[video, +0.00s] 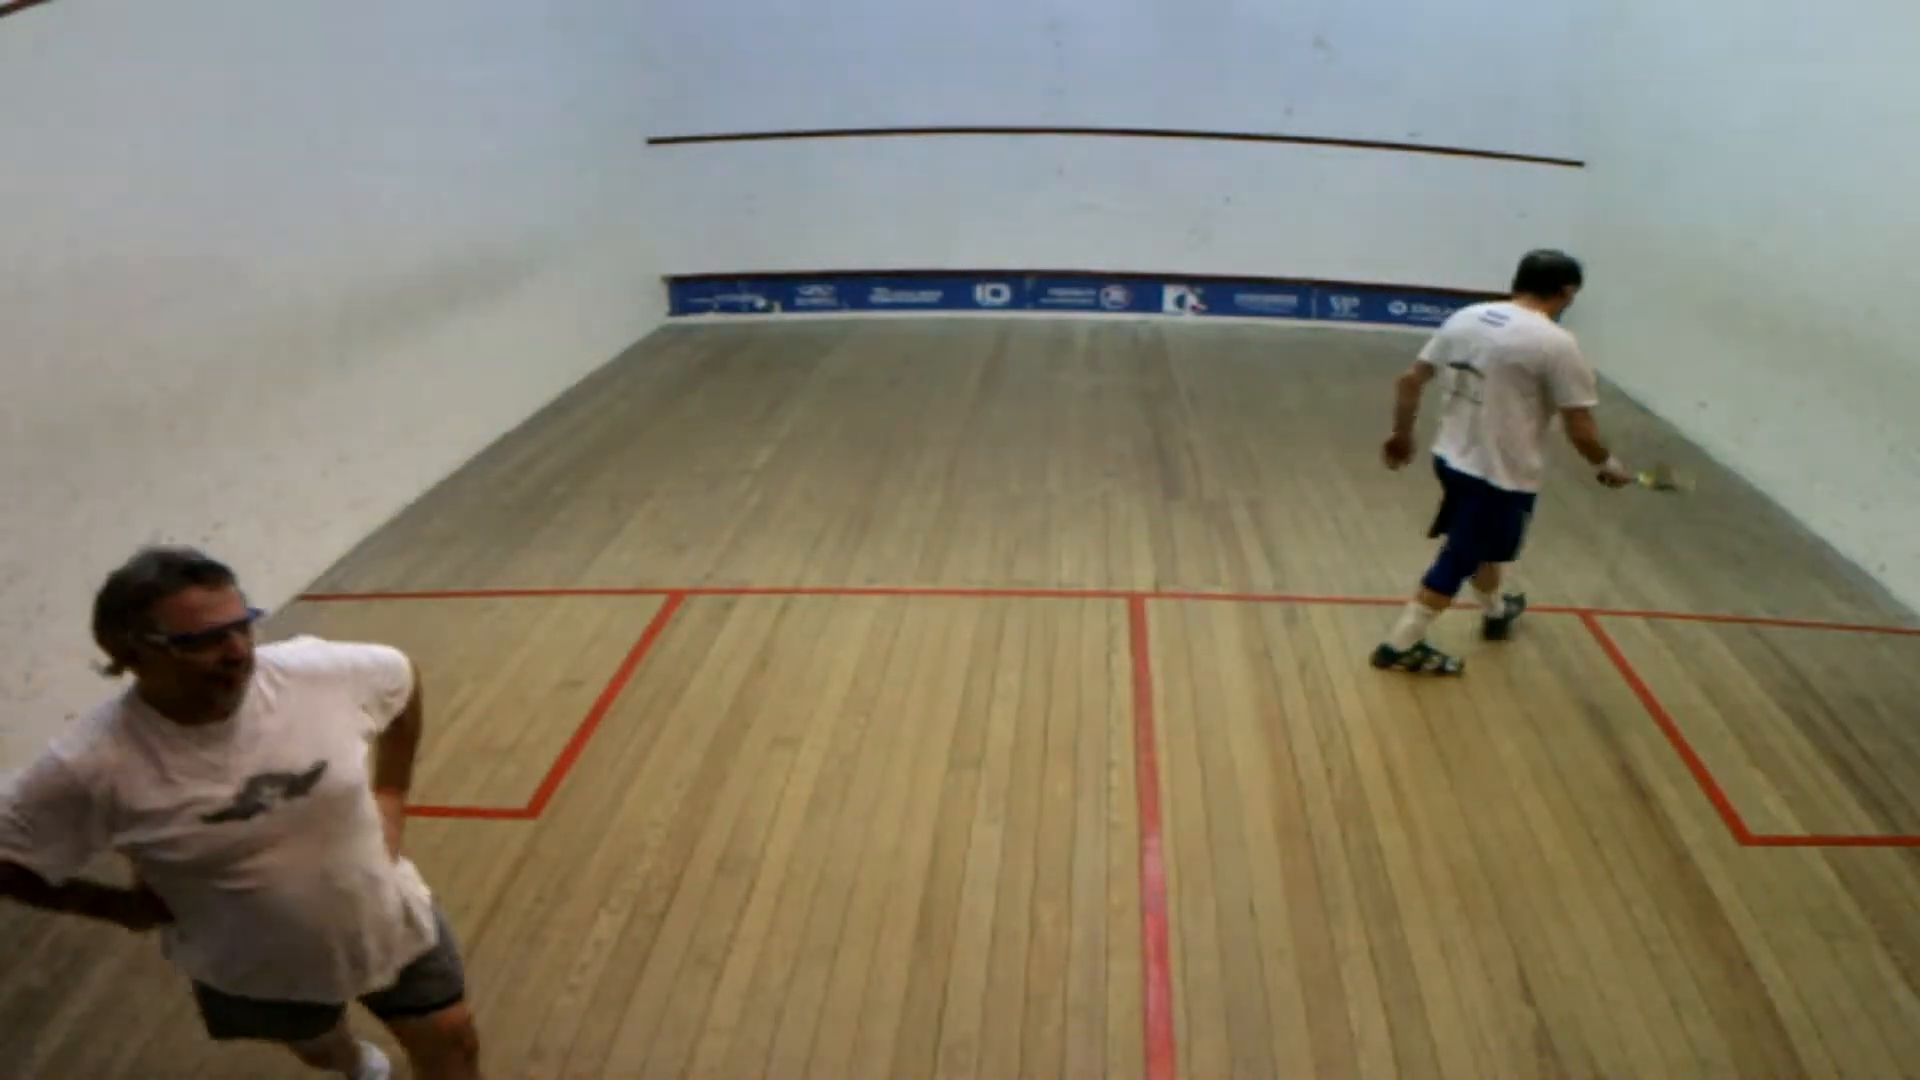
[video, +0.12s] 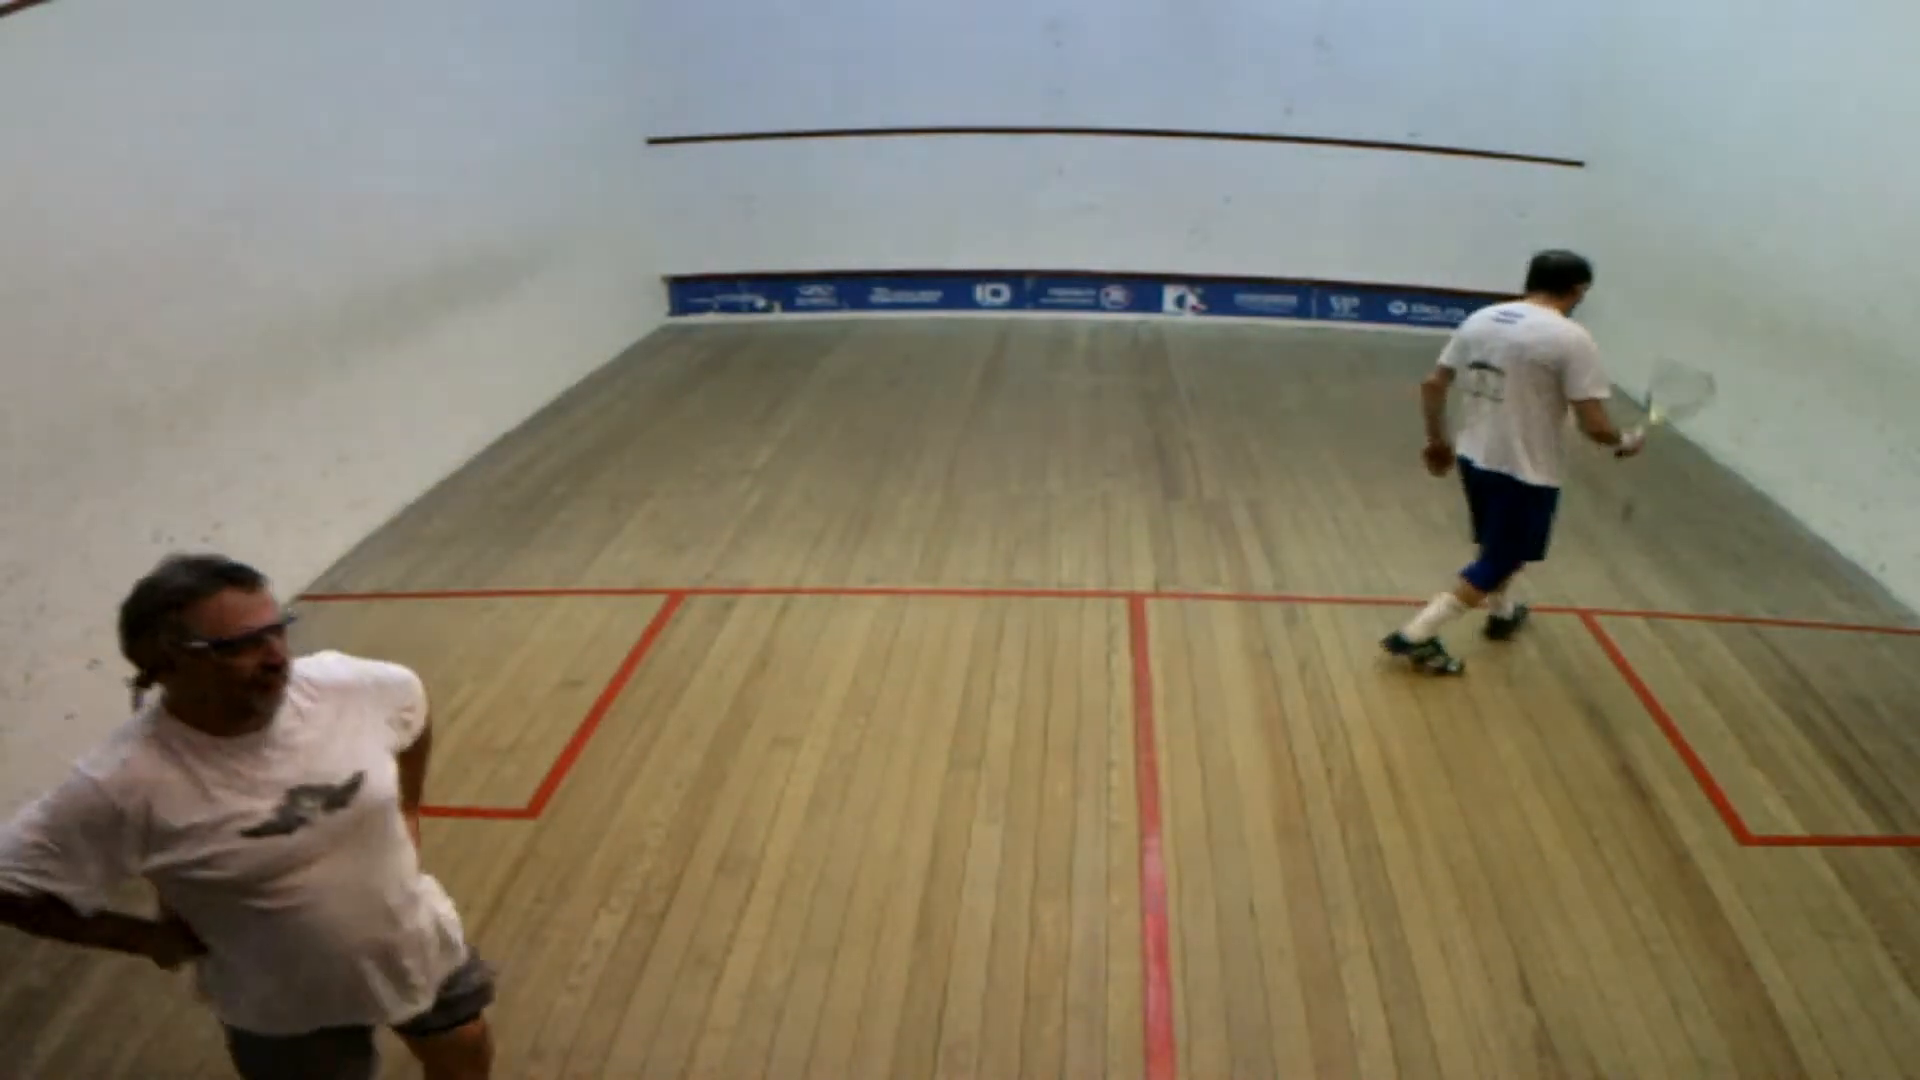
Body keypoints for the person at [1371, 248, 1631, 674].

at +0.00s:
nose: (1571, 303)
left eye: (1572, 295)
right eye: (1571, 295)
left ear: (1519, 283)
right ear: (1561, 293)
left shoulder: (1469, 318)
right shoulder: (1555, 344)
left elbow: (1411, 379)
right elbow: (1580, 430)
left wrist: (1402, 435)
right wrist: (1605, 464)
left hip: (1451, 459)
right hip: (1503, 479)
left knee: (1485, 542)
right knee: (1457, 558)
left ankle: (1494, 611)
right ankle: (1403, 642)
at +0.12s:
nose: (1581, 300)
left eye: (1583, 294)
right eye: (1582, 293)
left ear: (1530, 282)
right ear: (1573, 291)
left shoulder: (1482, 320)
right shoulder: (1570, 339)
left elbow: (1434, 384)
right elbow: (1594, 424)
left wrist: (1436, 440)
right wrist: (1621, 441)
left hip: (1473, 458)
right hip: (1527, 472)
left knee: (1496, 542)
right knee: (1500, 560)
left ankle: (1501, 610)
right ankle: (1416, 633)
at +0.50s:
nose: (1612, 298)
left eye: (1613, 292)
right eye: (1614, 291)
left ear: (1567, 280)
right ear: (1608, 288)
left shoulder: (1519, 313)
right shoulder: (1613, 332)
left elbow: (1476, 378)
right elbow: (1624, 416)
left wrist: (1495, 424)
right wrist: (1640, 442)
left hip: (1506, 448)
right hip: (1569, 458)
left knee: (1507, 529)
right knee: (1580, 543)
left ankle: (1500, 614)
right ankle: (1541, 634)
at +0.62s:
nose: (1629, 296)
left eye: (1630, 291)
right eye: (1630, 290)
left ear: (1581, 280)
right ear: (1624, 288)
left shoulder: (1534, 313)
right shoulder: (1627, 332)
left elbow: (1486, 374)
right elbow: (1643, 416)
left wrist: (1479, 425)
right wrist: (1656, 434)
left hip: (1514, 446)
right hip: (1576, 458)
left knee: (1512, 528)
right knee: (1586, 543)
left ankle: (1500, 614)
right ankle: (1543, 633)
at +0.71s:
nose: (1632, 296)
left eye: (1632, 291)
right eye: (1634, 290)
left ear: (1586, 279)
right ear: (1629, 288)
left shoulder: (1540, 311)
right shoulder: (1631, 333)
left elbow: (1492, 374)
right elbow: (1654, 415)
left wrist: (1477, 428)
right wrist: (1664, 445)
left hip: (1517, 445)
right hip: (1579, 458)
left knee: (1514, 527)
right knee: (1588, 542)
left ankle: (1501, 613)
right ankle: (1543, 632)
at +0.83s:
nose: (1638, 296)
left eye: (1638, 291)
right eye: (1640, 290)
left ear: (1591, 279)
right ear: (1634, 288)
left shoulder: (1544, 311)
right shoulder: (1637, 333)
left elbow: (1492, 374)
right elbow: (1659, 416)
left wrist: (1480, 425)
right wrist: (1665, 436)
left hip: (1520, 445)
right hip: (1582, 458)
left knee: (1515, 527)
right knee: (1588, 541)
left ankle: (1501, 612)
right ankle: (1544, 631)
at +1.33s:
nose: (1642, 297)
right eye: (1645, 292)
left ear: (1597, 280)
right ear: (1641, 289)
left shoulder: (1549, 309)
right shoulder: (1645, 333)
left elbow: (1497, 371)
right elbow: (1649, 417)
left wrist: (1494, 426)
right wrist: (1650, 451)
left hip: (1526, 442)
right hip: (1589, 457)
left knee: (1516, 527)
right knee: (1588, 542)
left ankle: (1501, 613)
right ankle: (1545, 630)